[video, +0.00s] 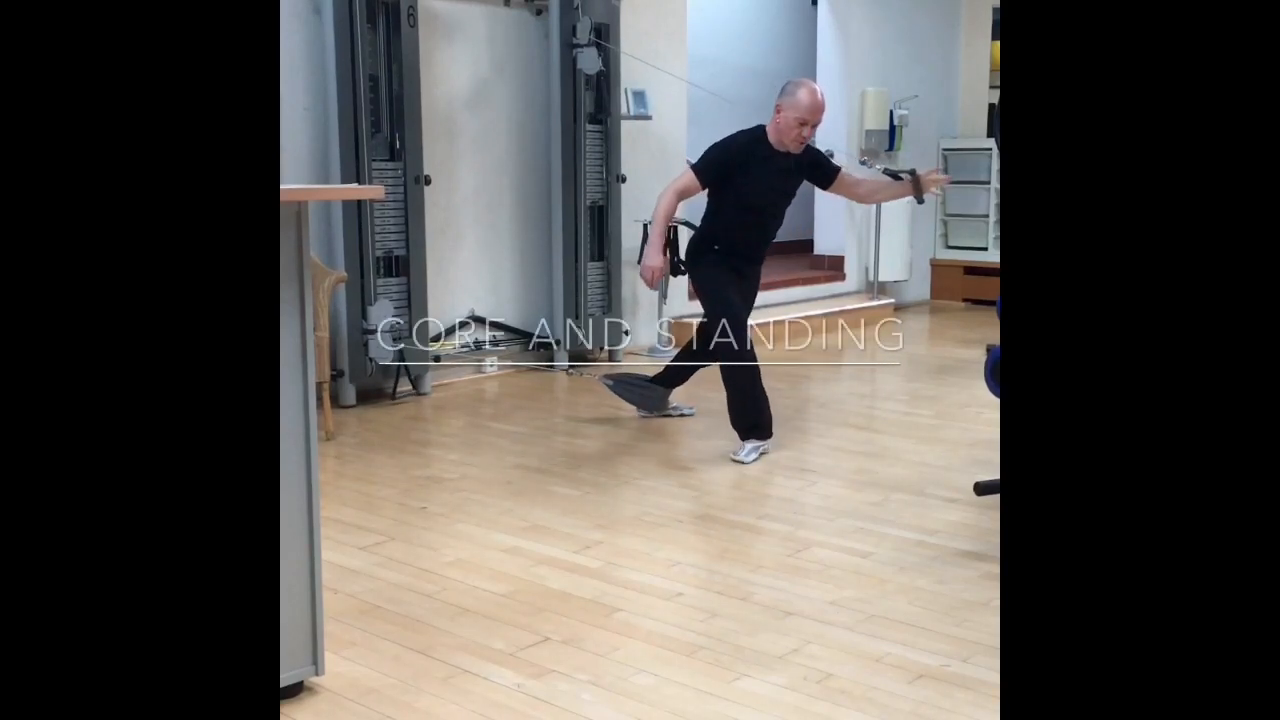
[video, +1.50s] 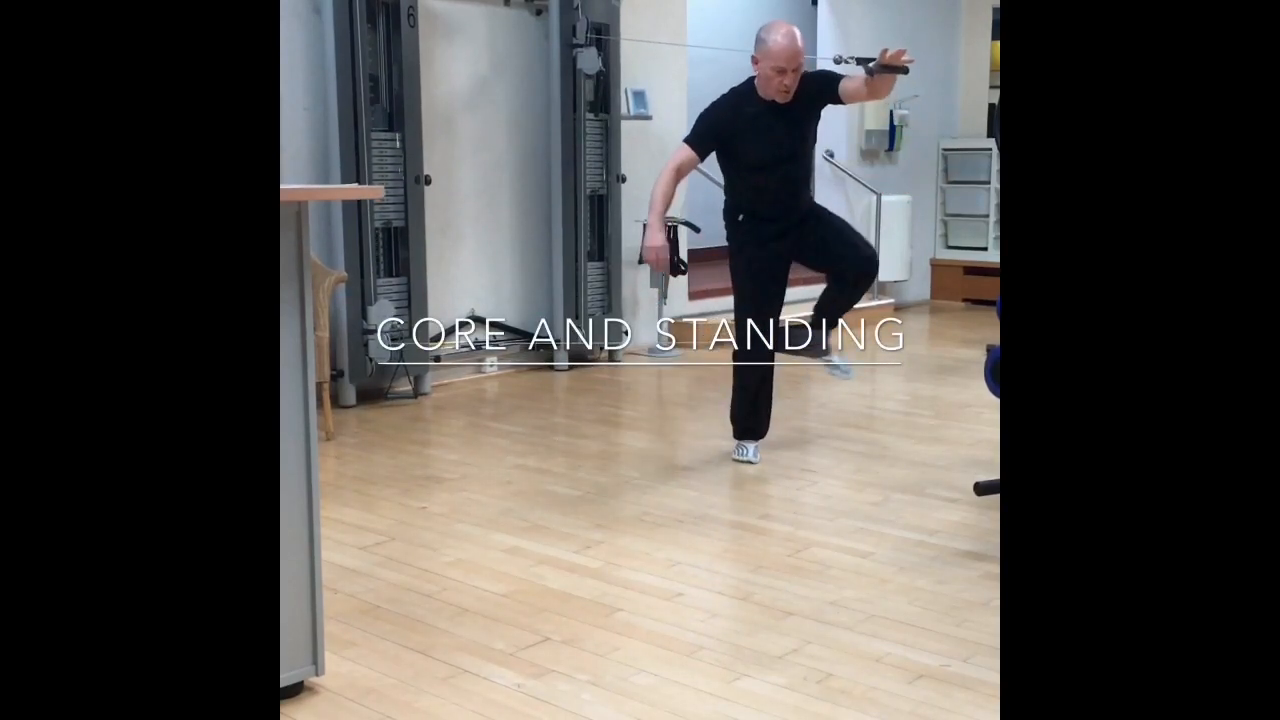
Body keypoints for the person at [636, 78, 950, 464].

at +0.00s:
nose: (808, 134)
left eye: (814, 127)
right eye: (802, 124)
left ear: (818, 123)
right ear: (778, 115)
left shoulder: (807, 160)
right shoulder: (737, 148)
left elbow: (862, 189)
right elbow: (672, 193)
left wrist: (915, 185)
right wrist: (654, 248)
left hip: (748, 265)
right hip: (710, 258)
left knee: (717, 334)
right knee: (735, 336)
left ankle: (656, 390)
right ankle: (755, 435)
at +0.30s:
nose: (810, 144)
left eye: (818, 136)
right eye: (803, 133)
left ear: (825, 131)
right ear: (781, 120)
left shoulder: (825, 162)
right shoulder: (743, 158)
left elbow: (884, 180)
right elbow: (678, 204)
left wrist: (927, 162)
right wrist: (656, 259)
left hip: (766, 270)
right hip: (723, 260)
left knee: (731, 334)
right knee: (748, 337)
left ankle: (668, 380)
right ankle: (755, 435)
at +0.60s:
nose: (807, 138)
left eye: (816, 129)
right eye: (800, 127)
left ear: (827, 119)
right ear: (781, 112)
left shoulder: (836, 145)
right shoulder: (747, 148)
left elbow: (894, 151)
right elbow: (682, 194)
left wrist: (912, 121)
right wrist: (647, 251)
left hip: (785, 257)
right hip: (739, 250)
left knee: (754, 329)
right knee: (754, 330)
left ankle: (689, 371)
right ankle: (754, 435)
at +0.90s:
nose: (800, 112)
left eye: (809, 102)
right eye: (791, 102)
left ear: (819, 91)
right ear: (772, 91)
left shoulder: (830, 111)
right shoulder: (744, 133)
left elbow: (883, 105)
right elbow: (687, 188)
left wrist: (890, 74)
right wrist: (653, 241)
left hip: (794, 244)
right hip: (747, 241)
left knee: (775, 338)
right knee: (761, 333)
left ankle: (704, 382)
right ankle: (749, 437)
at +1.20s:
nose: (795, 96)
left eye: (803, 85)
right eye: (786, 86)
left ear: (812, 76)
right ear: (763, 76)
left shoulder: (818, 95)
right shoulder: (737, 120)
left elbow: (873, 90)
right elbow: (687, 180)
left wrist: (885, 69)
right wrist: (674, 236)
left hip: (798, 232)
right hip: (748, 236)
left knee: (826, 317)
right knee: (756, 338)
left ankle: (757, 348)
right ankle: (747, 436)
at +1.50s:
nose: (789, 81)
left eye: (796, 70)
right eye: (779, 72)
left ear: (804, 63)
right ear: (756, 64)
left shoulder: (814, 88)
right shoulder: (727, 111)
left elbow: (870, 88)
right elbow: (675, 169)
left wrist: (886, 71)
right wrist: (654, 227)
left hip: (803, 218)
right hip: (754, 230)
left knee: (861, 263)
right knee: (756, 334)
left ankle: (815, 333)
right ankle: (747, 435)